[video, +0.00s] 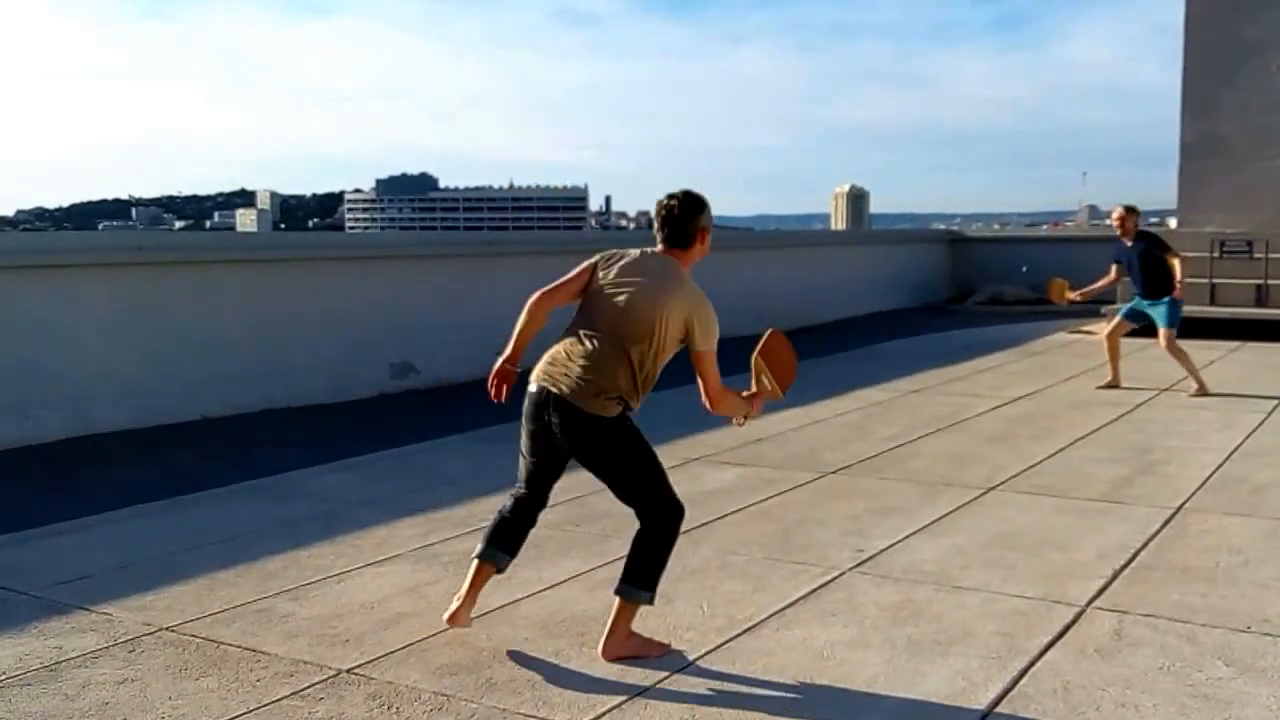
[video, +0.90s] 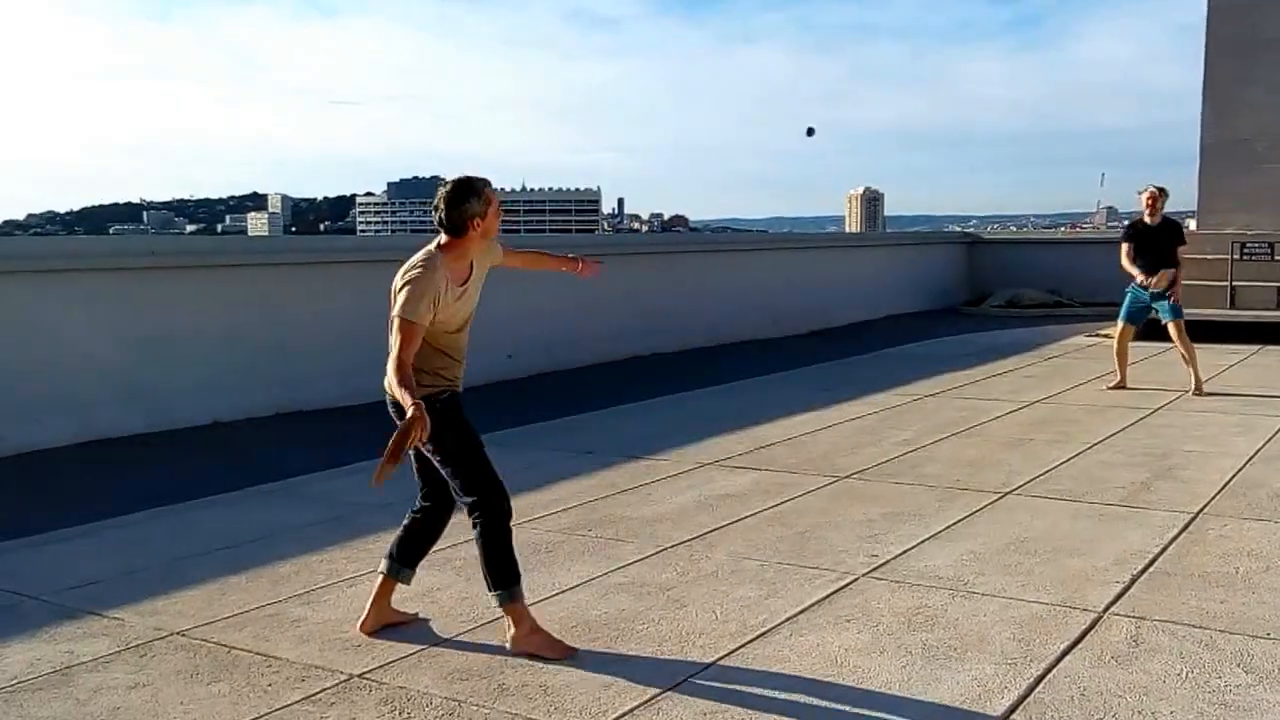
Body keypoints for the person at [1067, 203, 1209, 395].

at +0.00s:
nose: (1117, 225)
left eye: (1121, 220)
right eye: (1115, 221)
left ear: (1134, 221)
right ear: (1113, 223)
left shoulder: (1149, 239)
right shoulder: (1121, 248)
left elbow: (1175, 259)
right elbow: (1113, 277)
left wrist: (1179, 283)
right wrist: (1084, 293)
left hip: (1165, 300)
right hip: (1141, 300)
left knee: (1167, 342)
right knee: (1110, 334)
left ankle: (1200, 384)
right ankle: (1114, 378)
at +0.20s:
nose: (1118, 216)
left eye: (1123, 213)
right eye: (1118, 212)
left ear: (1137, 215)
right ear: (1120, 215)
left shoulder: (1154, 233)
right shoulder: (1118, 240)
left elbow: (1179, 253)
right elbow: (1105, 264)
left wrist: (1187, 274)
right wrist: (1087, 275)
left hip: (1164, 296)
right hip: (1139, 298)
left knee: (1172, 340)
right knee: (1111, 335)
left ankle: (1203, 383)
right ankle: (1118, 379)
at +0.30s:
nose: (1125, 202)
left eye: (1130, 198)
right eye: (1123, 198)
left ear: (1141, 202)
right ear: (1120, 201)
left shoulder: (1155, 223)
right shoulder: (1118, 226)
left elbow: (1183, 242)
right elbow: (1107, 251)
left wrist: (1193, 254)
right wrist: (1096, 253)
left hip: (1159, 287)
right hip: (1133, 289)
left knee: (1174, 330)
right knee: (1114, 334)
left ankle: (1200, 379)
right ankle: (1120, 379)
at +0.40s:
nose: (1132, 190)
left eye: (1137, 187)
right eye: (1130, 186)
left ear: (1146, 191)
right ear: (1125, 189)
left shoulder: (1158, 212)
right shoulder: (1121, 214)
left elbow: (1182, 228)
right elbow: (1115, 232)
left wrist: (1200, 235)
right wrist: (1119, 232)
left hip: (1160, 279)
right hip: (1133, 280)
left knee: (1175, 326)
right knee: (1121, 330)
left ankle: (1193, 373)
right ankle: (1119, 375)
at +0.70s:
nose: (1144, 199)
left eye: (1148, 195)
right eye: (1141, 195)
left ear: (1156, 200)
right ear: (1135, 199)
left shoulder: (1165, 222)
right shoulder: (1129, 222)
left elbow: (1186, 242)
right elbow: (1125, 232)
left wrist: (1196, 245)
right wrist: (1145, 218)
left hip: (1162, 289)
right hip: (1134, 288)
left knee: (1173, 333)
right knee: (1120, 333)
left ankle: (1188, 382)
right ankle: (1117, 377)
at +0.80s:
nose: (1147, 201)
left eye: (1151, 198)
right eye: (1144, 197)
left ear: (1158, 201)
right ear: (1137, 200)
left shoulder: (1168, 225)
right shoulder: (1128, 224)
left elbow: (1177, 253)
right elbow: (1126, 245)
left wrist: (1184, 269)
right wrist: (1146, 243)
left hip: (1164, 290)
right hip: (1136, 288)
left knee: (1176, 334)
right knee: (1119, 334)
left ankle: (1193, 379)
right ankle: (1119, 377)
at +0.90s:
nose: (1151, 203)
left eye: (1155, 199)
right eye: (1148, 199)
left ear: (1162, 203)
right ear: (1142, 202)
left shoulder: (1173, 227)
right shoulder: (1132, 228)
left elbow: (1179, 260)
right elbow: (1125, 259)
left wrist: (1178, 284)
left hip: (1165, 290)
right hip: (1138, 289)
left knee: (1178, 335)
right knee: (1121, 334)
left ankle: (1196, 378)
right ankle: (1121, 378)